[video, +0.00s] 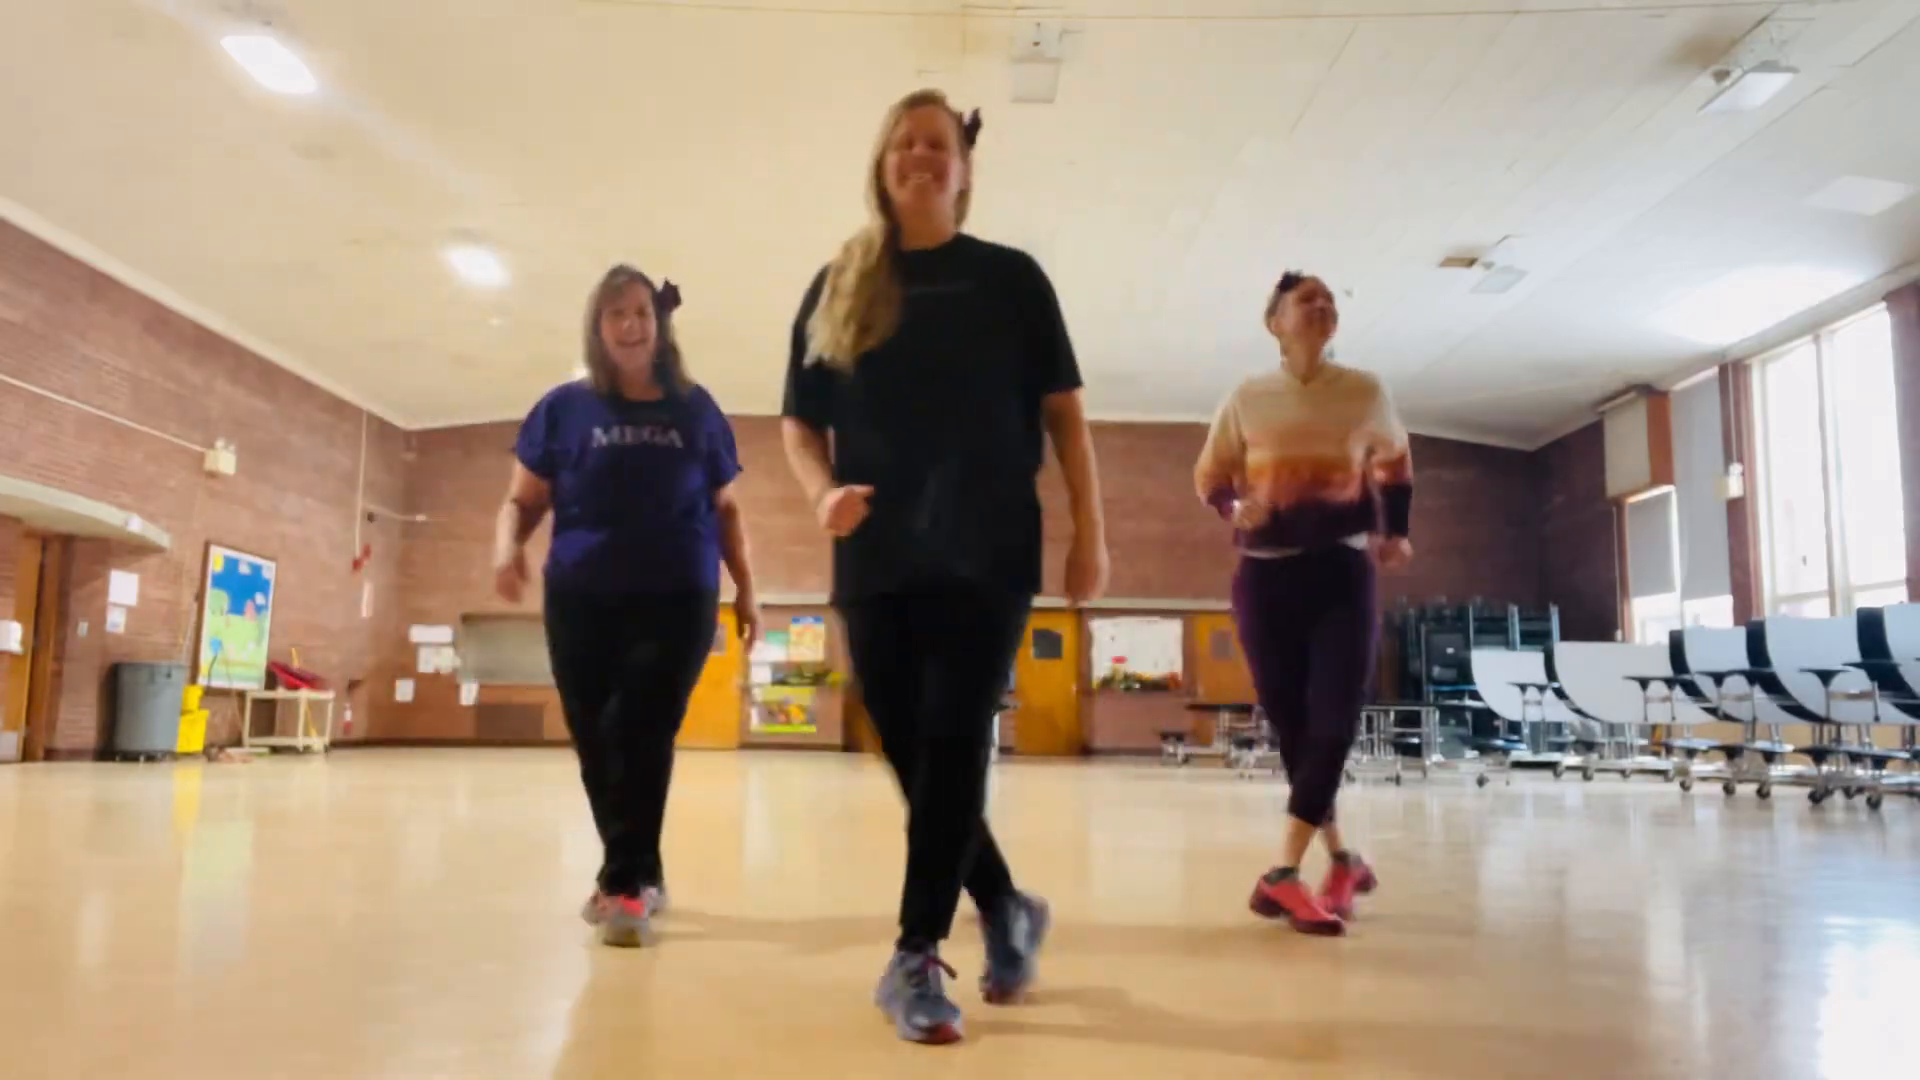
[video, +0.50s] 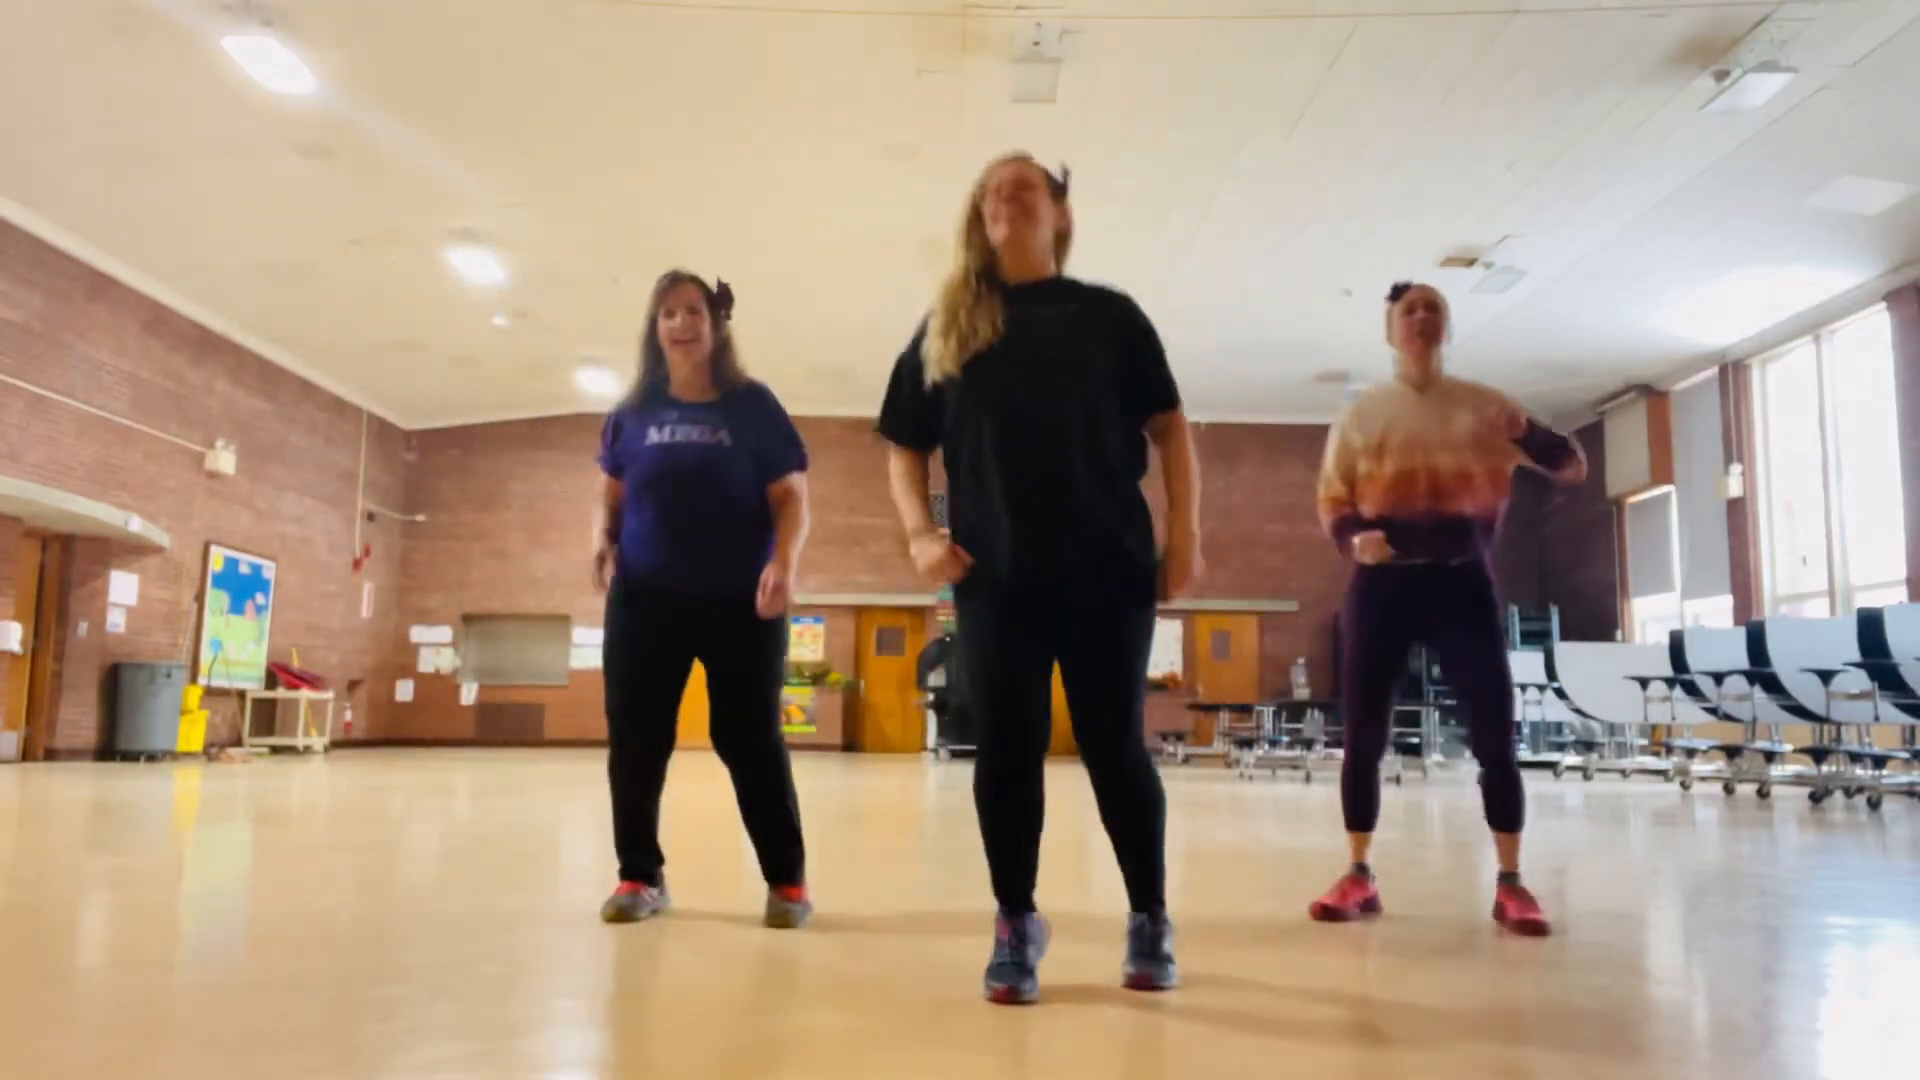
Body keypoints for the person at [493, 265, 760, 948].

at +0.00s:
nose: (631, 324)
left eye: (642, 313)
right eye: (618, 314)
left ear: (660, 322)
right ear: (597, 326)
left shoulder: (695, 409)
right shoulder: (563, 409)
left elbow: (725, 508)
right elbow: (523, 500)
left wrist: (744, 590)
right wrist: (508, 550)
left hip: (675, 596)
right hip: (583, 595)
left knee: (641, 735)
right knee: (597, 740)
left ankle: (620, 889)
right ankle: (638, 877)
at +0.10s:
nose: (628, 324)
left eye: (637, 312)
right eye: (613, 315)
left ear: (657, 321)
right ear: (594, 328)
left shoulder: (701, 400)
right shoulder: (573, 414)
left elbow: (741, 495)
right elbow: (544, 503)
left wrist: (751, 573)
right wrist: (541, 534)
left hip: (692, 587)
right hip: (600, 592)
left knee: (676, 728)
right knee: (609, 736)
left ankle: (665, 882)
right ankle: (629, 877)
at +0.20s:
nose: (638, 318)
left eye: (647, 306)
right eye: (624, 310)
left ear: (669, 315)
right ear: (606, 326)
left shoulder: (715, 396)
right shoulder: (585, 412)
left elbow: (762, 484)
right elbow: (559, 497)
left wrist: (773, 552)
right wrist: (556, 507)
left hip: (707, 582)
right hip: (613, 589)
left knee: (703, 722)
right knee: (619, 738)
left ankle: (729, 872)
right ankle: (637, 877)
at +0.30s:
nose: (651, 318)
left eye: (661, 307)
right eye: (639, 310)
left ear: (685, 319)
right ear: (622, 327)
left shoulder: (729, 400)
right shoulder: (600, 414)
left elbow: (776, 486)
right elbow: (574, 490)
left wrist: (785, 551)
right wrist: (569, 507)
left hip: (720, 588)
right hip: (626, 592)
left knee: (727, 730)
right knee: (624, 739)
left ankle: (775, 875)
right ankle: (637, 878)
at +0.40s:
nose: (668, 325)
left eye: (679, 314)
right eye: (656, 317)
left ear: (703, 325)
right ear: (640, 333)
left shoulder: (746, 408)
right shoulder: (622, 416)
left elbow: (785, 502)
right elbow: (599, 498)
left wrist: (784, 579)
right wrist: (592, 535)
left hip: (729, 600)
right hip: (638, 600)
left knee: (743, 739)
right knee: (628, 742)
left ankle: (786, 879)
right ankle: (638, 878)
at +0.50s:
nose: (682, 322)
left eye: (694, 312)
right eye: (670, 313)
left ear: (717, 323)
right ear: (654, 328)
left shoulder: (753, 405)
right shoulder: (631, 414)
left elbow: (791, 496)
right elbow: (611, 492)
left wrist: (783, 563)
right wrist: (605, 540)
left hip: (739, 601)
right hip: (647, 600)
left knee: (750, 740)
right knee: (635, 742)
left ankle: (786, 882)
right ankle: (639, 878)